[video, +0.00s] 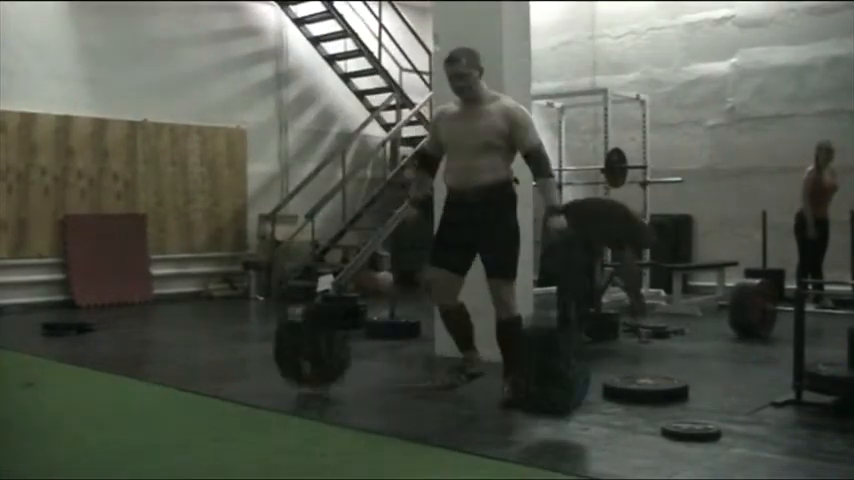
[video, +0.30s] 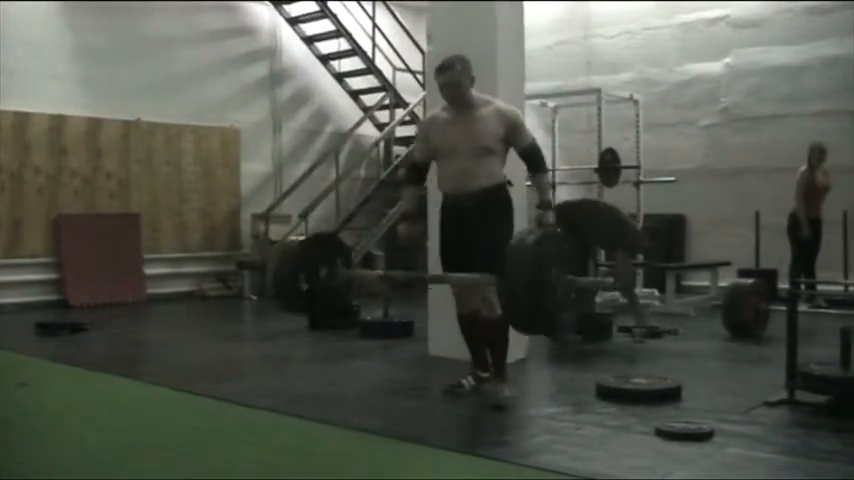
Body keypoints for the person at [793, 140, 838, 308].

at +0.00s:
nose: (826, 157)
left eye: (828, 154)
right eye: (823, 154)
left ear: (831, 156)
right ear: (817, 154)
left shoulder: (830, 173)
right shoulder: (811, 173)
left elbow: (829, 194)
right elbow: (805, 200)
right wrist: (810, 224)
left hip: (821, 219)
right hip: (807, 218)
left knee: (817, 259)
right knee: (805, 258)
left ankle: (819, 294)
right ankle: (801, 293)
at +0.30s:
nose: (819, 158)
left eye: (822, 155)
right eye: (817, 154)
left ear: (824, 157)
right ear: (810, 155)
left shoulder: (822, 173)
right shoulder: (805, 173)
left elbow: (820, 196)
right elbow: (799, 201)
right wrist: (804, 225)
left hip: (814, 219)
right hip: (800, 219)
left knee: (810, 259)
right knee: (798, 258)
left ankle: (811, 294)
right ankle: (794, 294)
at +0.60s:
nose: (818, 158)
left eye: (821, 155)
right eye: (816, 154)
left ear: (823, 156)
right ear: (809, 154)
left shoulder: (822, 172)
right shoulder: (804, 173)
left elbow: (818, 197)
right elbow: (798, 200)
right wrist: (803, 224)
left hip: (813, 219)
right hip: (799, 218)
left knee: (810, 259)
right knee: (798, 258)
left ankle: (810, 294)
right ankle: (793, 293)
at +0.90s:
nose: (816, 158)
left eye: (818, 155)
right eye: (813, 155)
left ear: (820, 156)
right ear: (807, 155)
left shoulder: (817, 173)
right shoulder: (801, 173)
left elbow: (817, 196)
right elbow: (796, 200)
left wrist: (822, 188)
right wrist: (805, 220)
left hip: (813, 219)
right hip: (799, 219)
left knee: (809, 259)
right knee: (798, 258)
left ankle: (811, 294)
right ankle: (794, 294)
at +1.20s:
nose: (813, 158)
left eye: (816, 155)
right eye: (811, 154)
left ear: (819, 156)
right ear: (805, 154)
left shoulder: (820, 174)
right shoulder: (800, 173)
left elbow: (818, 197)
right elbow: (792, 196)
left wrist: (821, 213)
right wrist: (801, 208)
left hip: (816, 219)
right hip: (801, 218)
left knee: (811, 259)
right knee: (799, 258)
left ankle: (812, 294)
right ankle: (795, 294)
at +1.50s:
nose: (811, 158)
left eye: (814, 155)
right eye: (809, 155)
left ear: (817, 156)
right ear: (804, 155)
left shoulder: (820, 173)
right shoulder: (799, 173)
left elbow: (822, 195)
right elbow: (790, 197)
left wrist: (827, 199)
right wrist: (807, 200)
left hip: (817, 218)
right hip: (801, 218)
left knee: (812, 259)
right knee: (800, 257)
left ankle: (812, 295)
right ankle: (794, 294)